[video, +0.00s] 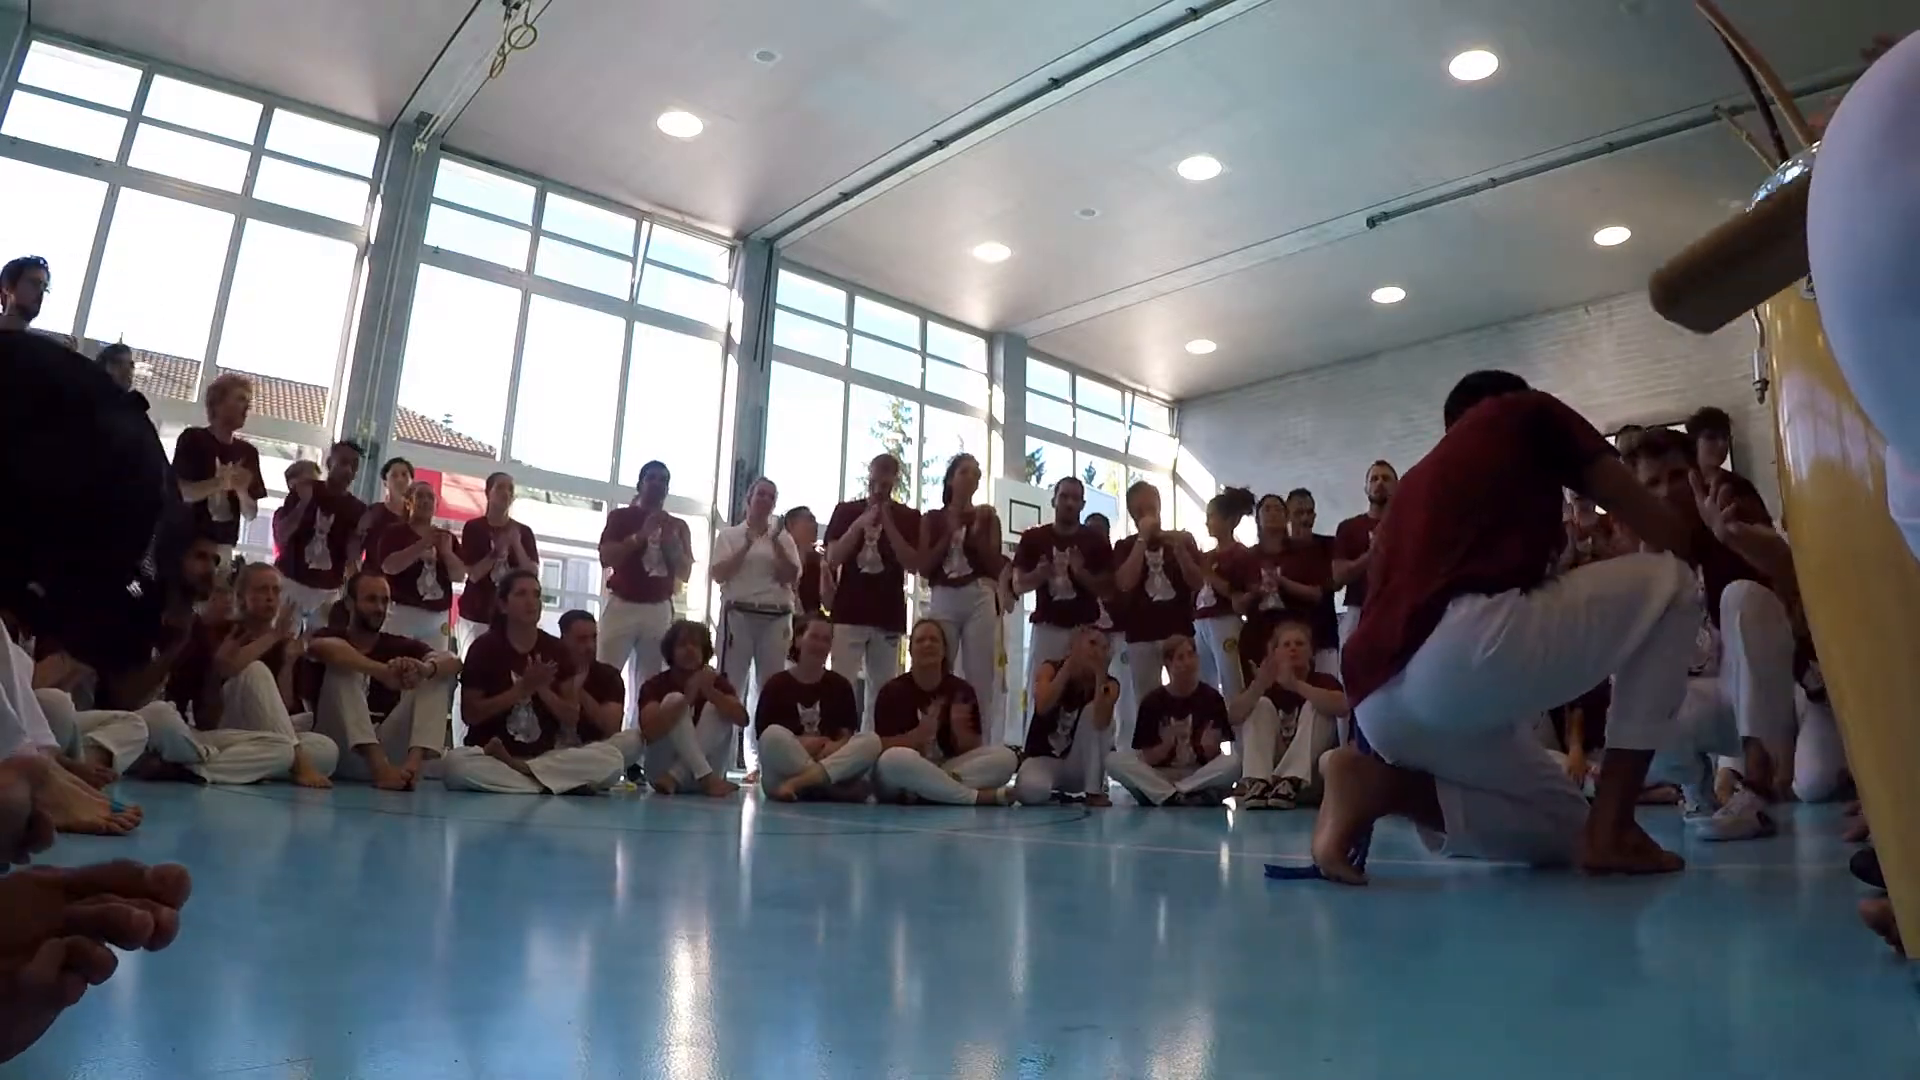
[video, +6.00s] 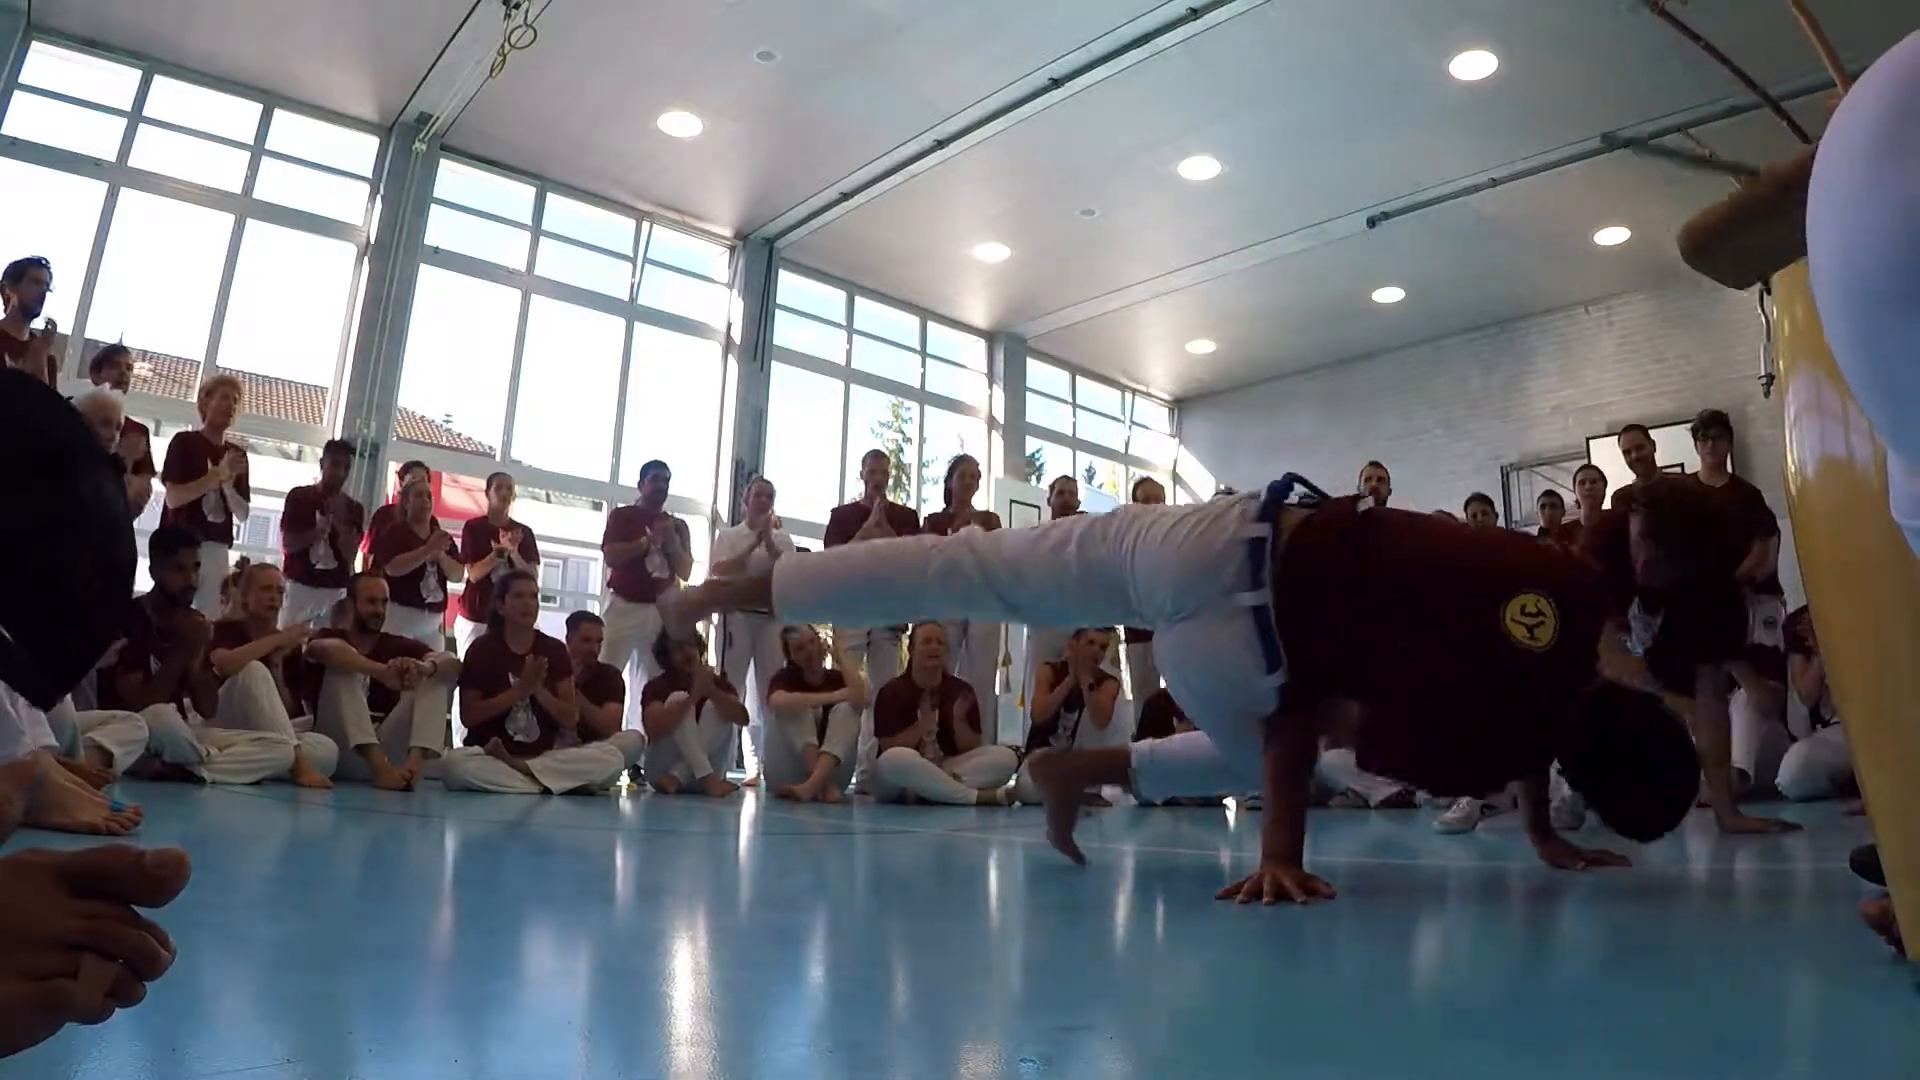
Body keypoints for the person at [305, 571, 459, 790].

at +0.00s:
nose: (380, 608)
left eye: (385, 601)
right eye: (371, 600)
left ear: (390, 603)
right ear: (350, 603)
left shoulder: (393, 643)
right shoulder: (329, 636)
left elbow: (454, 662)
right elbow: (319, 648)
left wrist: (426, 668)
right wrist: (382, 671)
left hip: (386, 752)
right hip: (336, 750)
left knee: (437, 672)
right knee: (342, 663)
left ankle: (414, 762)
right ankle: (379, 765)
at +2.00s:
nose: (380, 608)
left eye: (384, 601)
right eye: (371, 600)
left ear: (389, 604)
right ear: (351, 603)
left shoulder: (395, 644)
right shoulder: (327, 637)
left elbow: (454, 663)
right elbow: (325, 649)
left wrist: (426, 667)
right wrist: (382, 672)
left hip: (386, 752)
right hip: (336, 750)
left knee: (437, 673)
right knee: (343, 664)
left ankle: (414, 764)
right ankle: (379, 766)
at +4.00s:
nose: (379, 609)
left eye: (383, 601)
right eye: (370, 601)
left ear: (389, 603)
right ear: (350, 603)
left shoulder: (393, 643)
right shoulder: (329, 637)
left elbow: (454, 662)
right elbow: (317, 649)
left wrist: (426, 667)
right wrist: (382, 671)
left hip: (388, 750)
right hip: (338, 750)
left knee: (438, 673)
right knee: (342, 660)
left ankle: (416, 761)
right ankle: (378, 764)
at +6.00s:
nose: (379, 610)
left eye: (384, 602)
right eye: (371, 602)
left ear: (389, 603)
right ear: (352, 603)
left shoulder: (393, 643)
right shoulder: (330, 637)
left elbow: (454, 662)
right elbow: (316, 649)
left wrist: (427, 666)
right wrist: (382, 671)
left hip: (387, 751)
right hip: (338, 750)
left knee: (438, 673)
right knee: (342, 662)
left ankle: (414, 764)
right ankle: (378, 764)